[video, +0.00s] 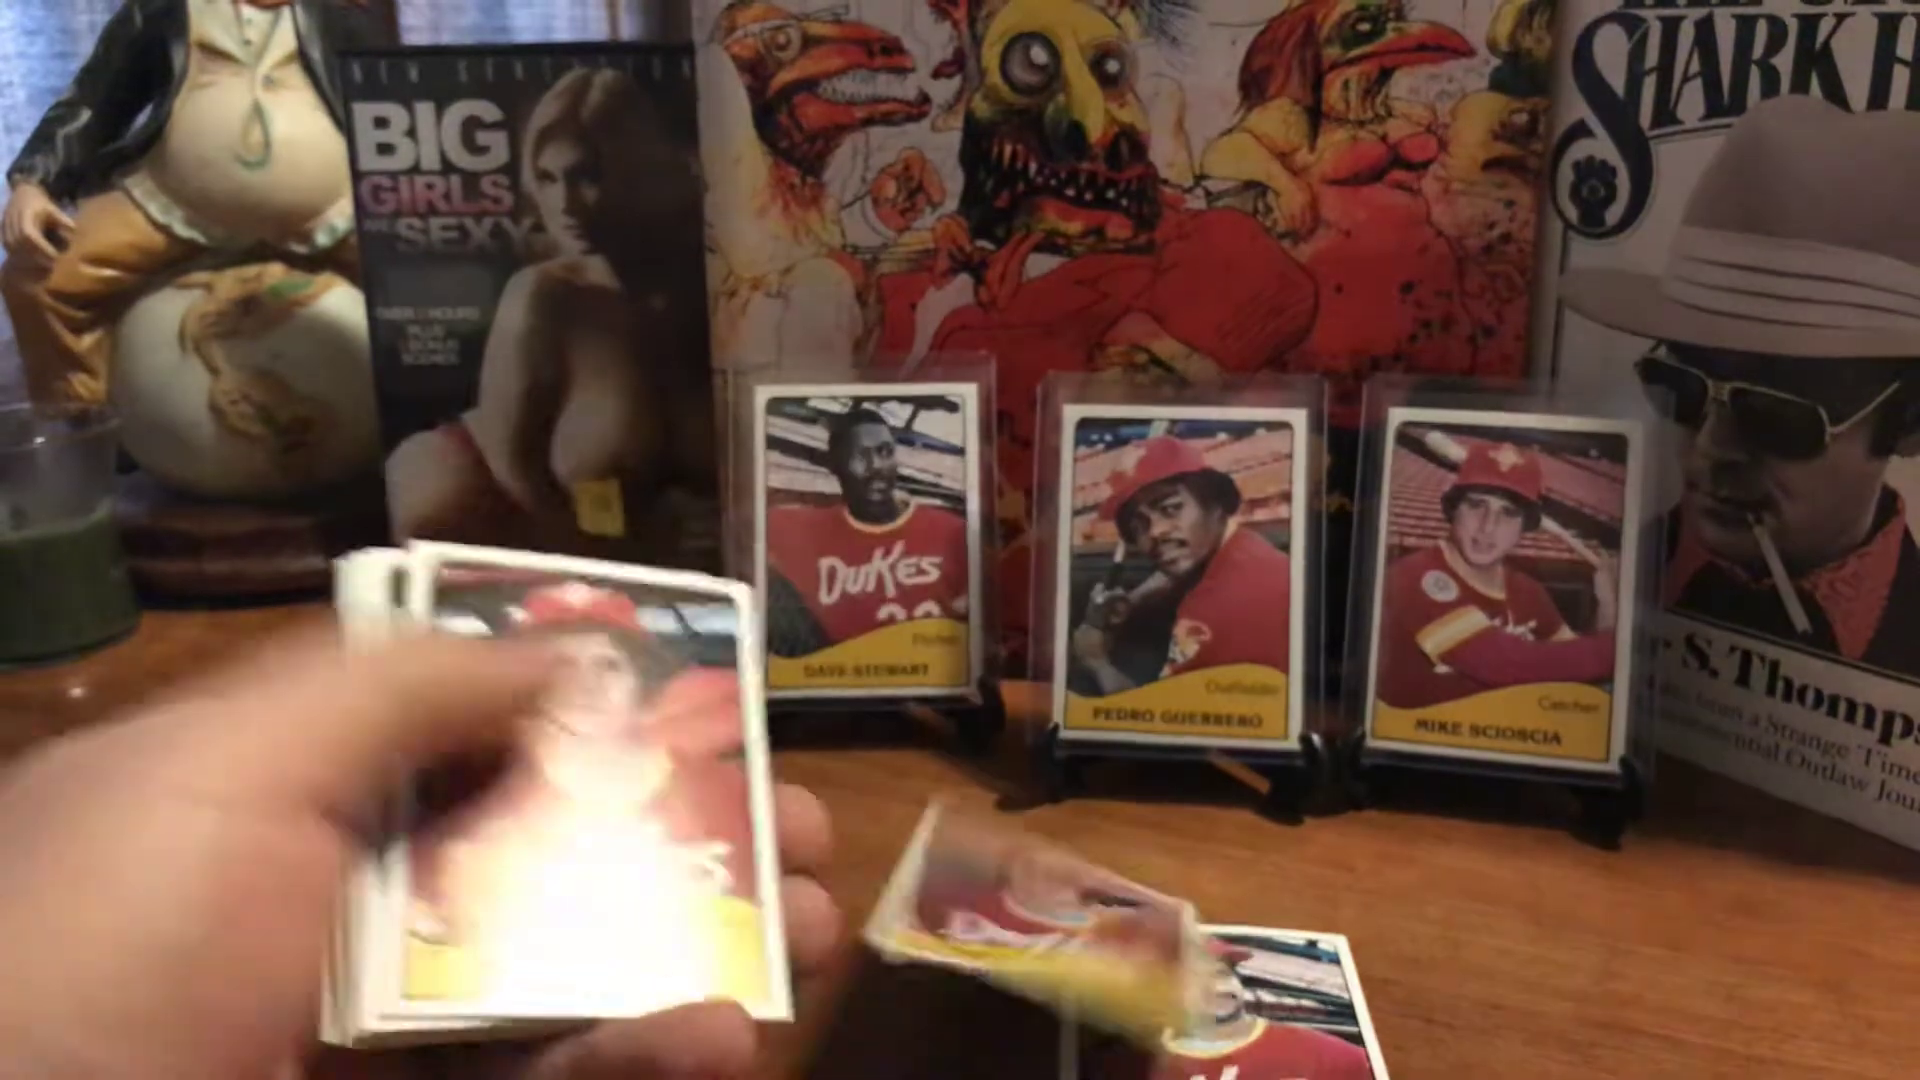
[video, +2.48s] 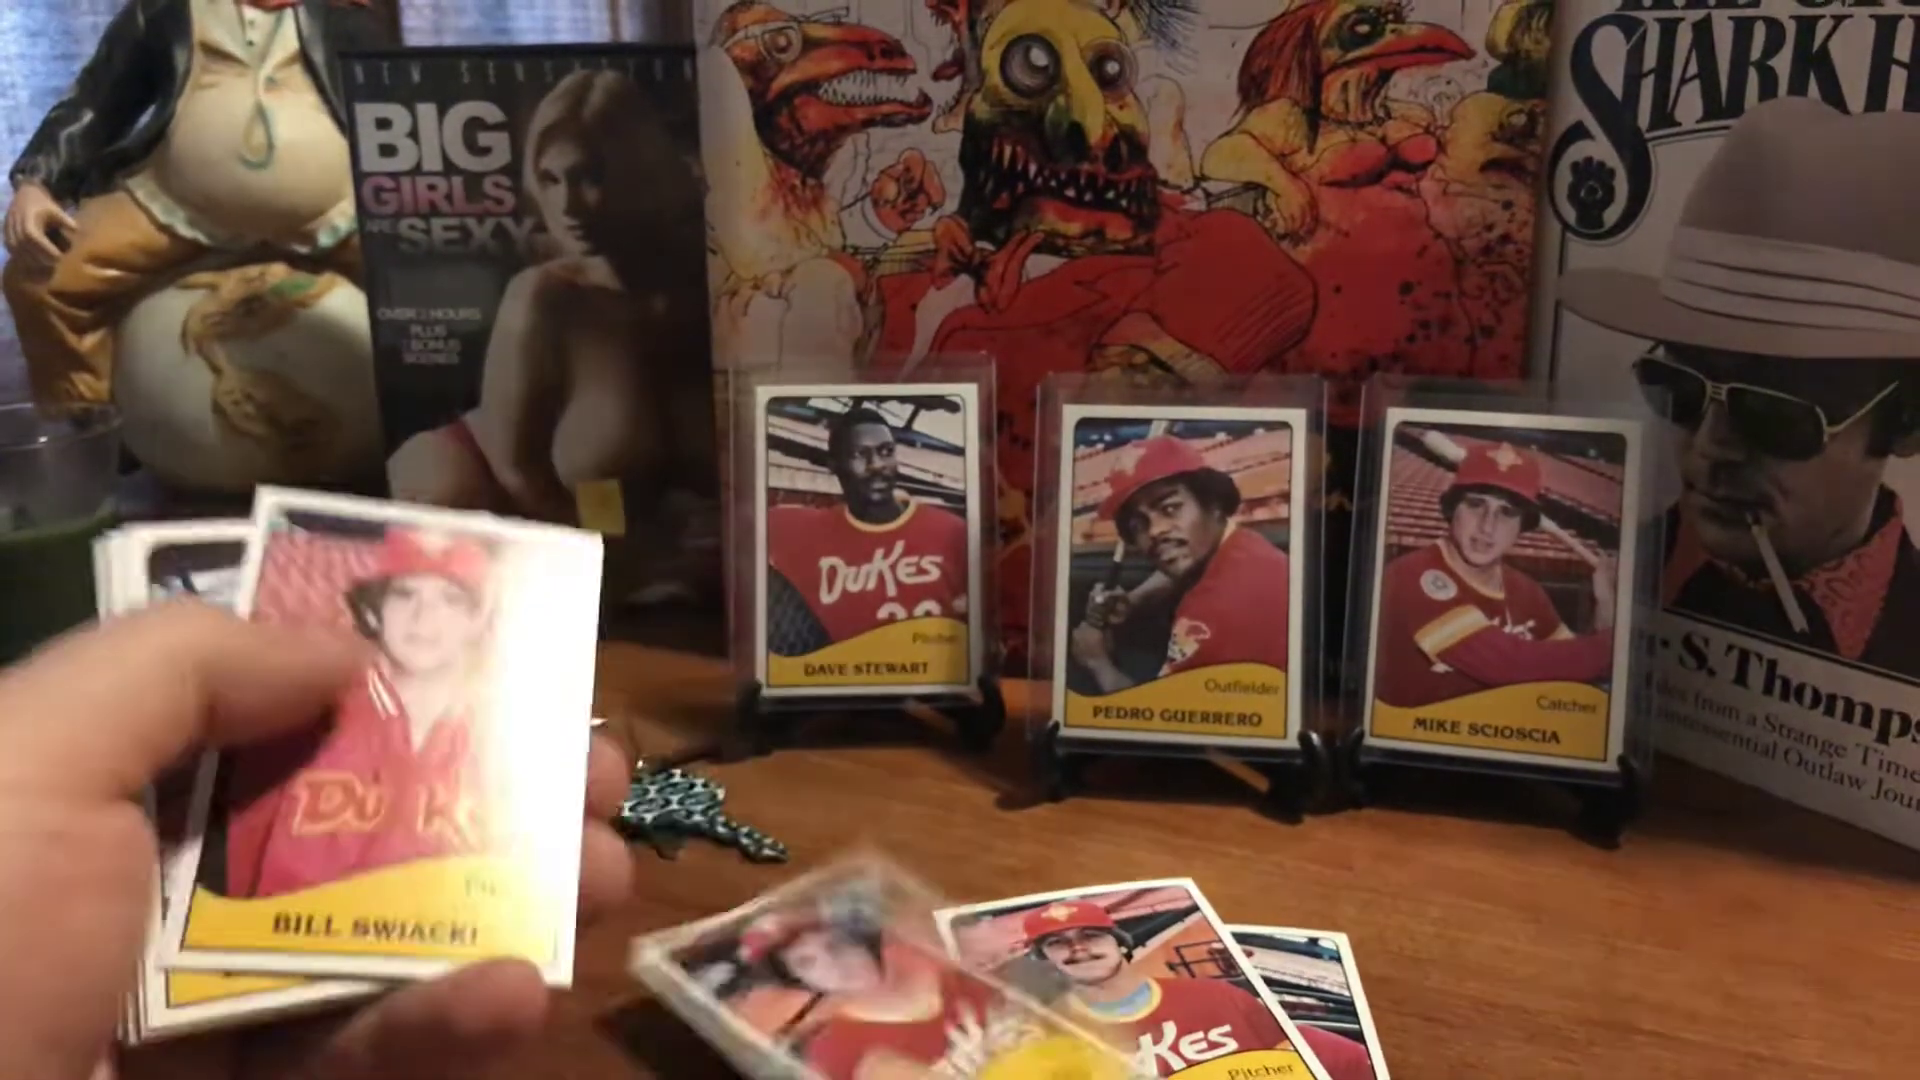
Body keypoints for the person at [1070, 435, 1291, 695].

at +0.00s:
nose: (1157, 531)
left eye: (1171, 508)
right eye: (1141, 522)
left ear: (1216, 505)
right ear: (1134, 539)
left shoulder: (1213, 606)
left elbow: (1163, 722)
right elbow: (1184, 567)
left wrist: (1098, 663)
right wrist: (1133, 601)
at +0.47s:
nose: (1156, 529)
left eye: (1170, 507)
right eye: (1140, 520)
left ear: (1214, 504)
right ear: (1133, 536)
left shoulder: (1213, 602)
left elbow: (1163, 721)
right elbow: (1185, 564)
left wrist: (1098, 661)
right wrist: (1132, 600)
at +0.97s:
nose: (1156, 530)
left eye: (1171, 508)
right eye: (1141, 521)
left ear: (1213, 505)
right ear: (1133, 537)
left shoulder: (1211, 607)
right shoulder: (1247, 544)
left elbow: (1159, 720)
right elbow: (1184, 565)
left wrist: (1098, 662)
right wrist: (1131, 602)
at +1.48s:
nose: (1156, 530)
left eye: (1170, 508)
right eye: (1140, 522)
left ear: (1213, 504)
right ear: (1133, 539)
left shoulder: (1212, 605)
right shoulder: (1248, 544)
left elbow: (1160, 720)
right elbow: (1185, 564)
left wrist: (1098, 662)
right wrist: (1132, 602)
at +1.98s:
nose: (1156, 531)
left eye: (1170, 508)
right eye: (1140, 522)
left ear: (1214, 504)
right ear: (1133, 540)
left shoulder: (1213, 605)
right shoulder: (1248, 545)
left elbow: (1159, 720)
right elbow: (1184, 565)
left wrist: (1098, 662)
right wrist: (1132, 603)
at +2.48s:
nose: (1156, 531)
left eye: (1170, 508)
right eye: (1140, 522)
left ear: (1214, 506)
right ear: (1134, 540)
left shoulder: (1212, 607)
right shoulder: (1248, 544)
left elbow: (1159, 720)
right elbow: (1185, 565)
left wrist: (1098, 663)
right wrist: (1133, 602)